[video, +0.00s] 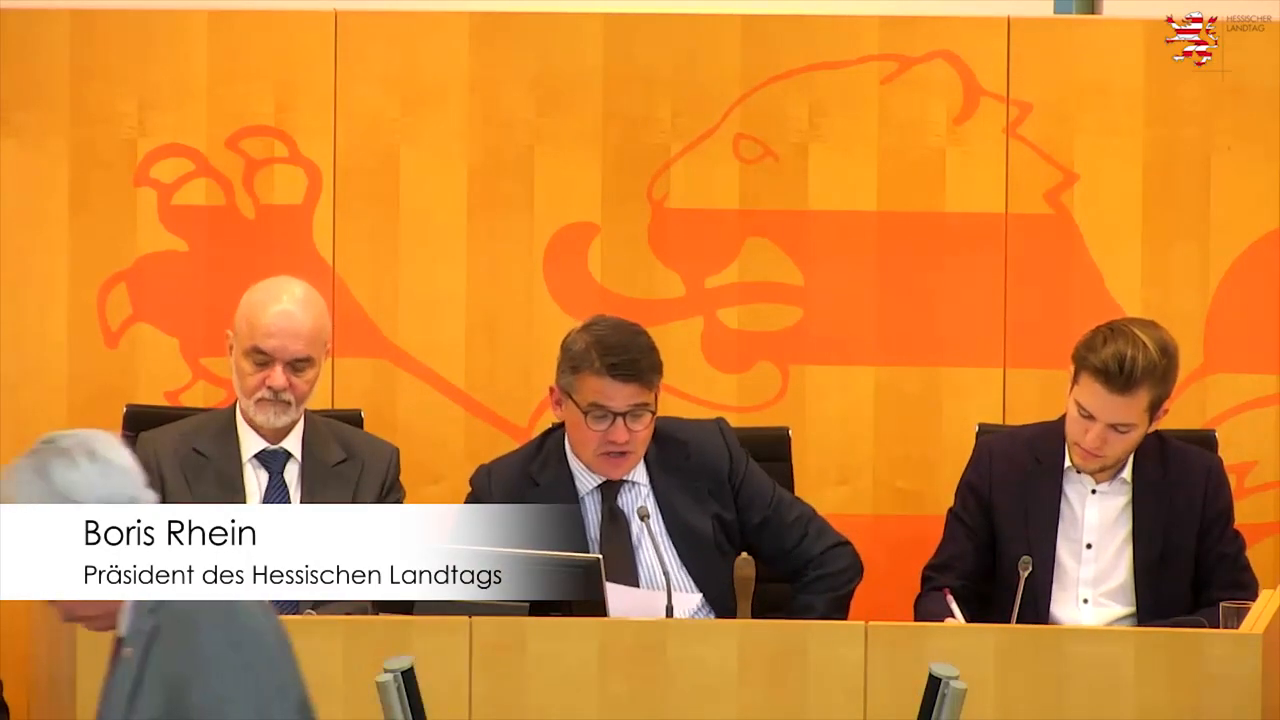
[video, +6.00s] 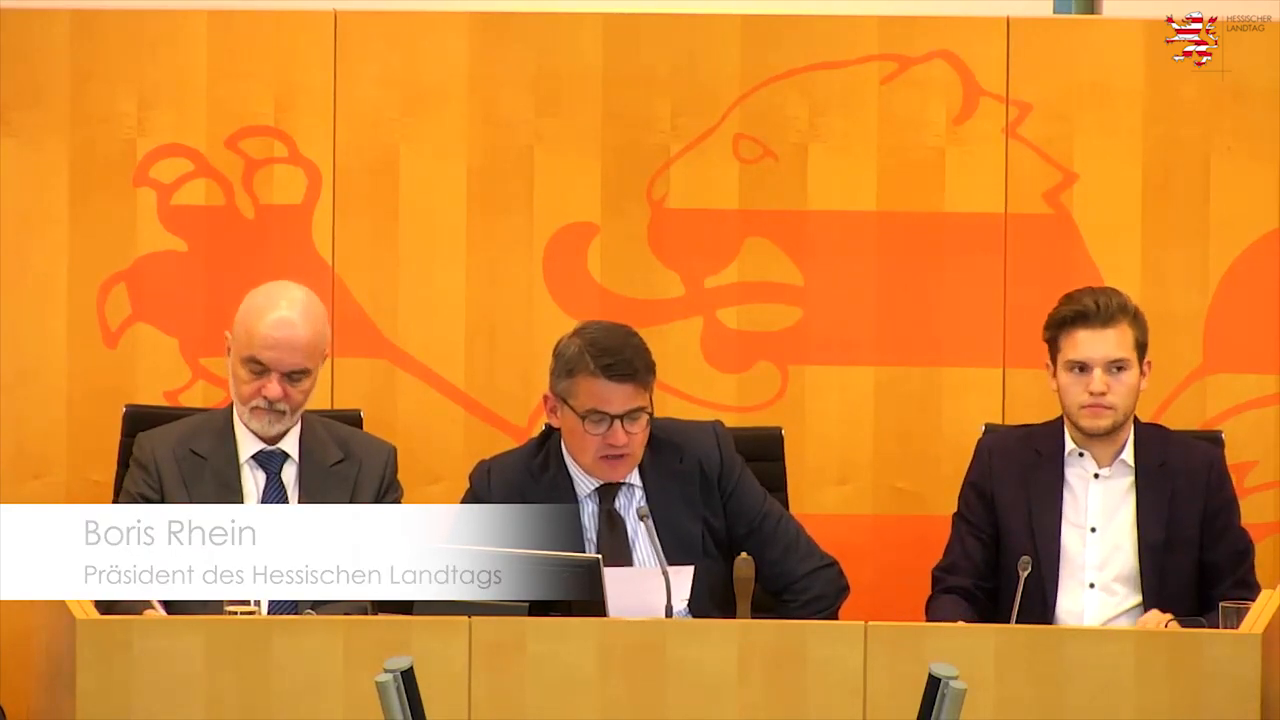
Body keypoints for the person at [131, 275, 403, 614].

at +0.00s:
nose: (277, 383)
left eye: (298, 365)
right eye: (260, 360)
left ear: (324, 359)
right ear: (231, 350)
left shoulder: (374, 464)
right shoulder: (159, 457)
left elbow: (392, 598)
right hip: (201, 657)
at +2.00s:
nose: (289, 390)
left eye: (303, 368)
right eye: (265, 371)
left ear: (317, 357)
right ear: (222, 363)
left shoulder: (371, 462)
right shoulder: (155, 459)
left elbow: (393, 592)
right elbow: (113, 568)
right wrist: (107, 602)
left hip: (328, 668)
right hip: (191, 667)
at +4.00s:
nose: (271, 388)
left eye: (294, 371)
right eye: (254, 363)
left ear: (321, 363)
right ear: (228, 349)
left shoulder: (372, 464)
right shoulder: (159, 456)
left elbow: (384, 588)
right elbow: (118, 575)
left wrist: (312, 635)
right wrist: (148, 620)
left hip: (326, 666)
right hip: (196, 661)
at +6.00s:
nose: (273, 392)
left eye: (296, 376)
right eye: (256, 369)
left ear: (322, 364)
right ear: (229, 351)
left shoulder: (372, 464)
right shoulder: (159, 455)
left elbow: (394, 593)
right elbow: (118, 576)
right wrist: (144, 618)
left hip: (328, 667)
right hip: (196, 662)